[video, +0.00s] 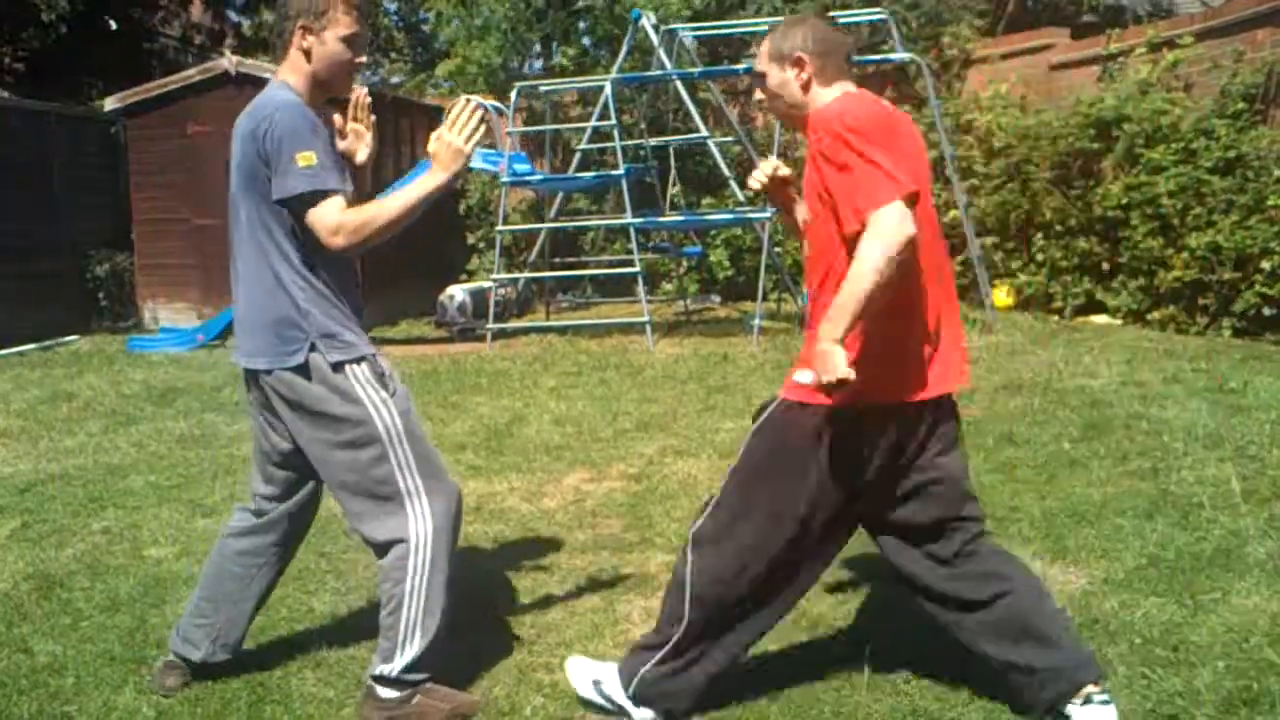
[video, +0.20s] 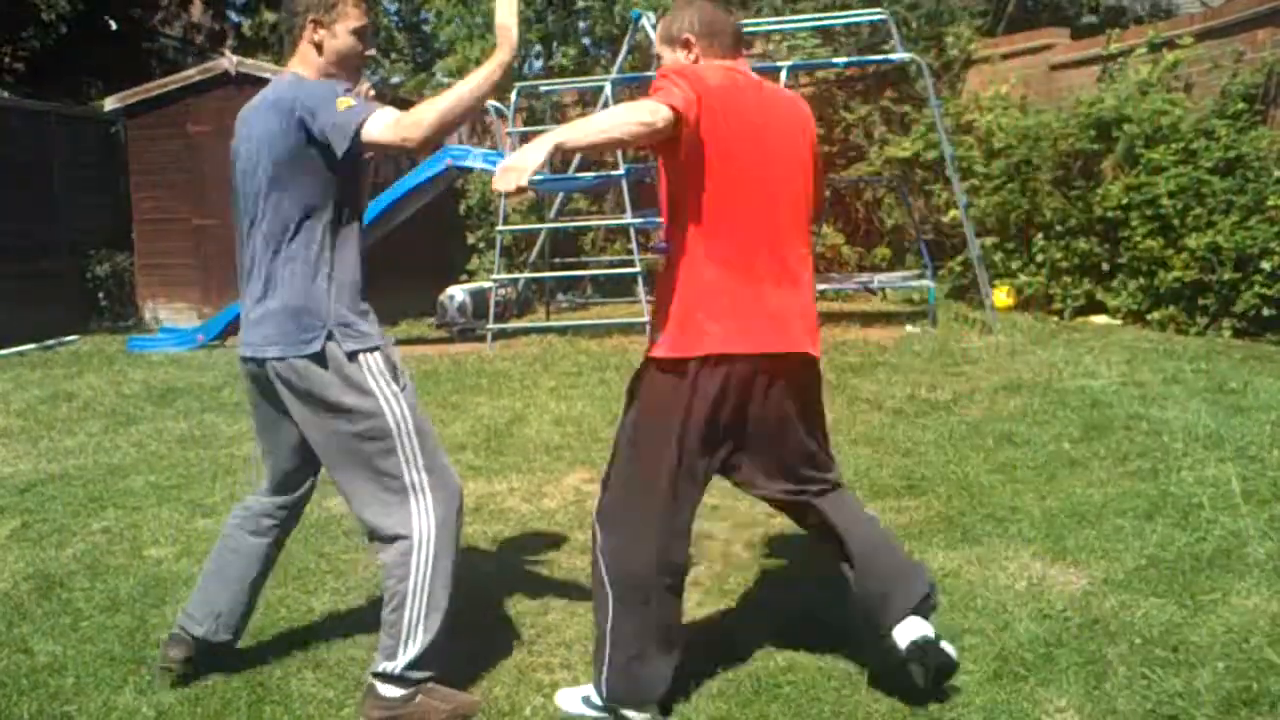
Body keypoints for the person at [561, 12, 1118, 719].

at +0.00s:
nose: (762, 94)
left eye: (765, 78)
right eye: (759, 80)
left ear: (801, 70)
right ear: (819, 69)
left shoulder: (838, 119)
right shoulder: (887, 121)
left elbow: (889, 229)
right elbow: (836, 246)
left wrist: (830, 334)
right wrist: (787, 196)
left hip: (843, 388)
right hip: (911, 387)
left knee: (740, 539)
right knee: (954, 551)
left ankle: (654, 684)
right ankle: (1074, 687)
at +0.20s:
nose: (656, 67)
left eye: (658, 54)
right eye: (655, 57)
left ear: (688, 48)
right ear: (737, 47)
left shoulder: (688, 80)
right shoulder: (796, 107)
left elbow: (651, 120)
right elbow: (805, 209)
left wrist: (547, 142)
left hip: (700, 341)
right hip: (789, 341)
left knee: (636, 513)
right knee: (813, 483)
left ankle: (629, 690)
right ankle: (903, 614)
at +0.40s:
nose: (605, 58)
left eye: (607, 48)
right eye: (608, 49)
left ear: (622, 47)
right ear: (676, 51)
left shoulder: (607, 73)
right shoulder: (731, 106)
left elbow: (513, 84)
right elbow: (784, 208)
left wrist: (432, 55)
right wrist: (740, 257)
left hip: (623, 327)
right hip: (701, 330)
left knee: (613, 506)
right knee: (686, 466)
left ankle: (623, 688)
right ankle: (707, 592)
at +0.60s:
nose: (553, 61)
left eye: (558, 47)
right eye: (554, 49)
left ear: (592, 41)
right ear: (617, 44)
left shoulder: (589, 86)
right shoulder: (673, 109)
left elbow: (530, 172)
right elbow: (712, 191)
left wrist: (444, 150)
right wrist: (657, 244)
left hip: (591, 320)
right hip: (646, 320)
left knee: (555, 491)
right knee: (613, 468)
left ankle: (616, 657)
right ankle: (658, 595)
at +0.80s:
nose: (519, 39)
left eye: (529, 28)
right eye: (519, 27)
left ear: (570, 32)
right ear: (559, 32)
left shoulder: (608, 109)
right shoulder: (544, 95)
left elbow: (665, 218)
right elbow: (478, 93)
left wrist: (623, 309)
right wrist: (434, 61)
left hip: (572, 327)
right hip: (554, 321)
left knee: (497, 465)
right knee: (587, 461)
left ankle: (505, 624)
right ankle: (656, 585)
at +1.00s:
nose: (482, 57)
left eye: (488, 44)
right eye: (485, 44)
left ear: (516, 48)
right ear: (534, 50)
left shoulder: (533, 128)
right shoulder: (564, 117)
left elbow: (556, 244)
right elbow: (468, 136)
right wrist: (422, 100)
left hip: (504, 345)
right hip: (553, 344)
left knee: (456, 488)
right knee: (561, 460)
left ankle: (465, 639)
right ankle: (651, 581)